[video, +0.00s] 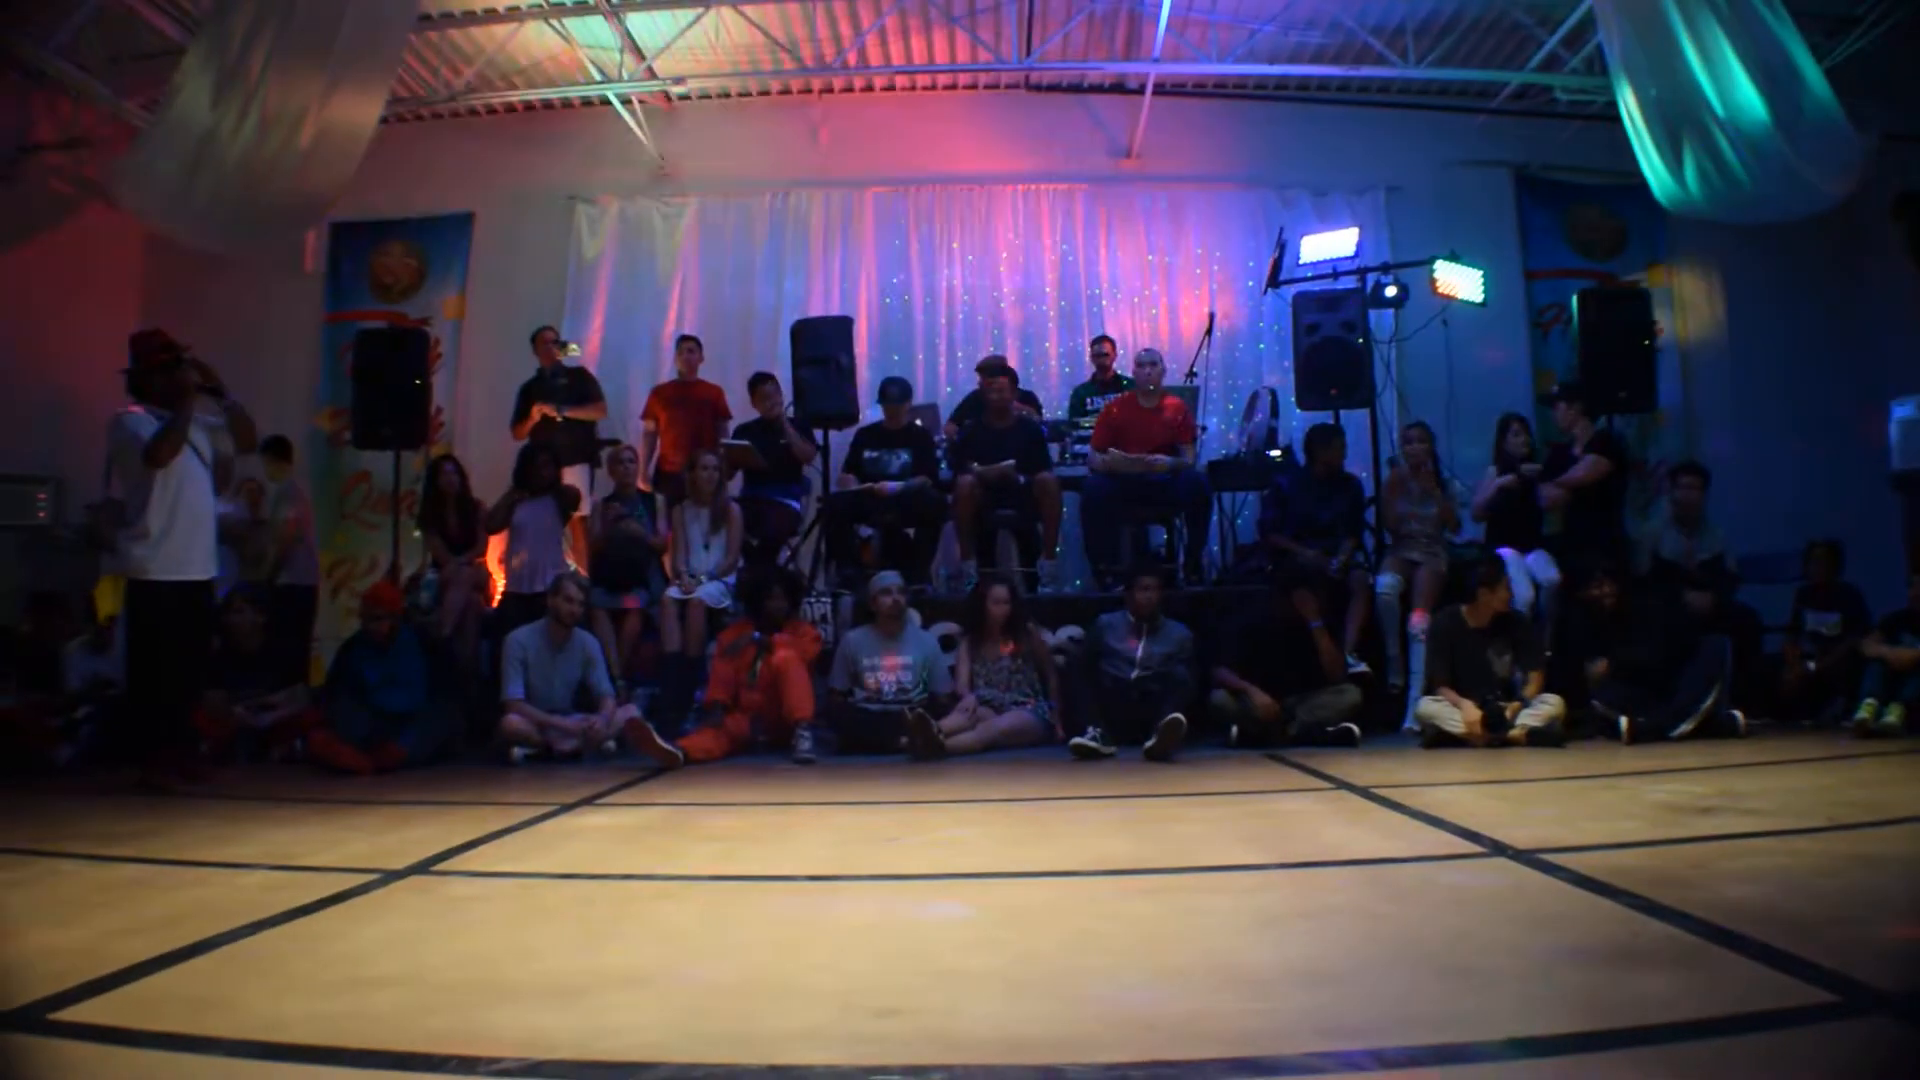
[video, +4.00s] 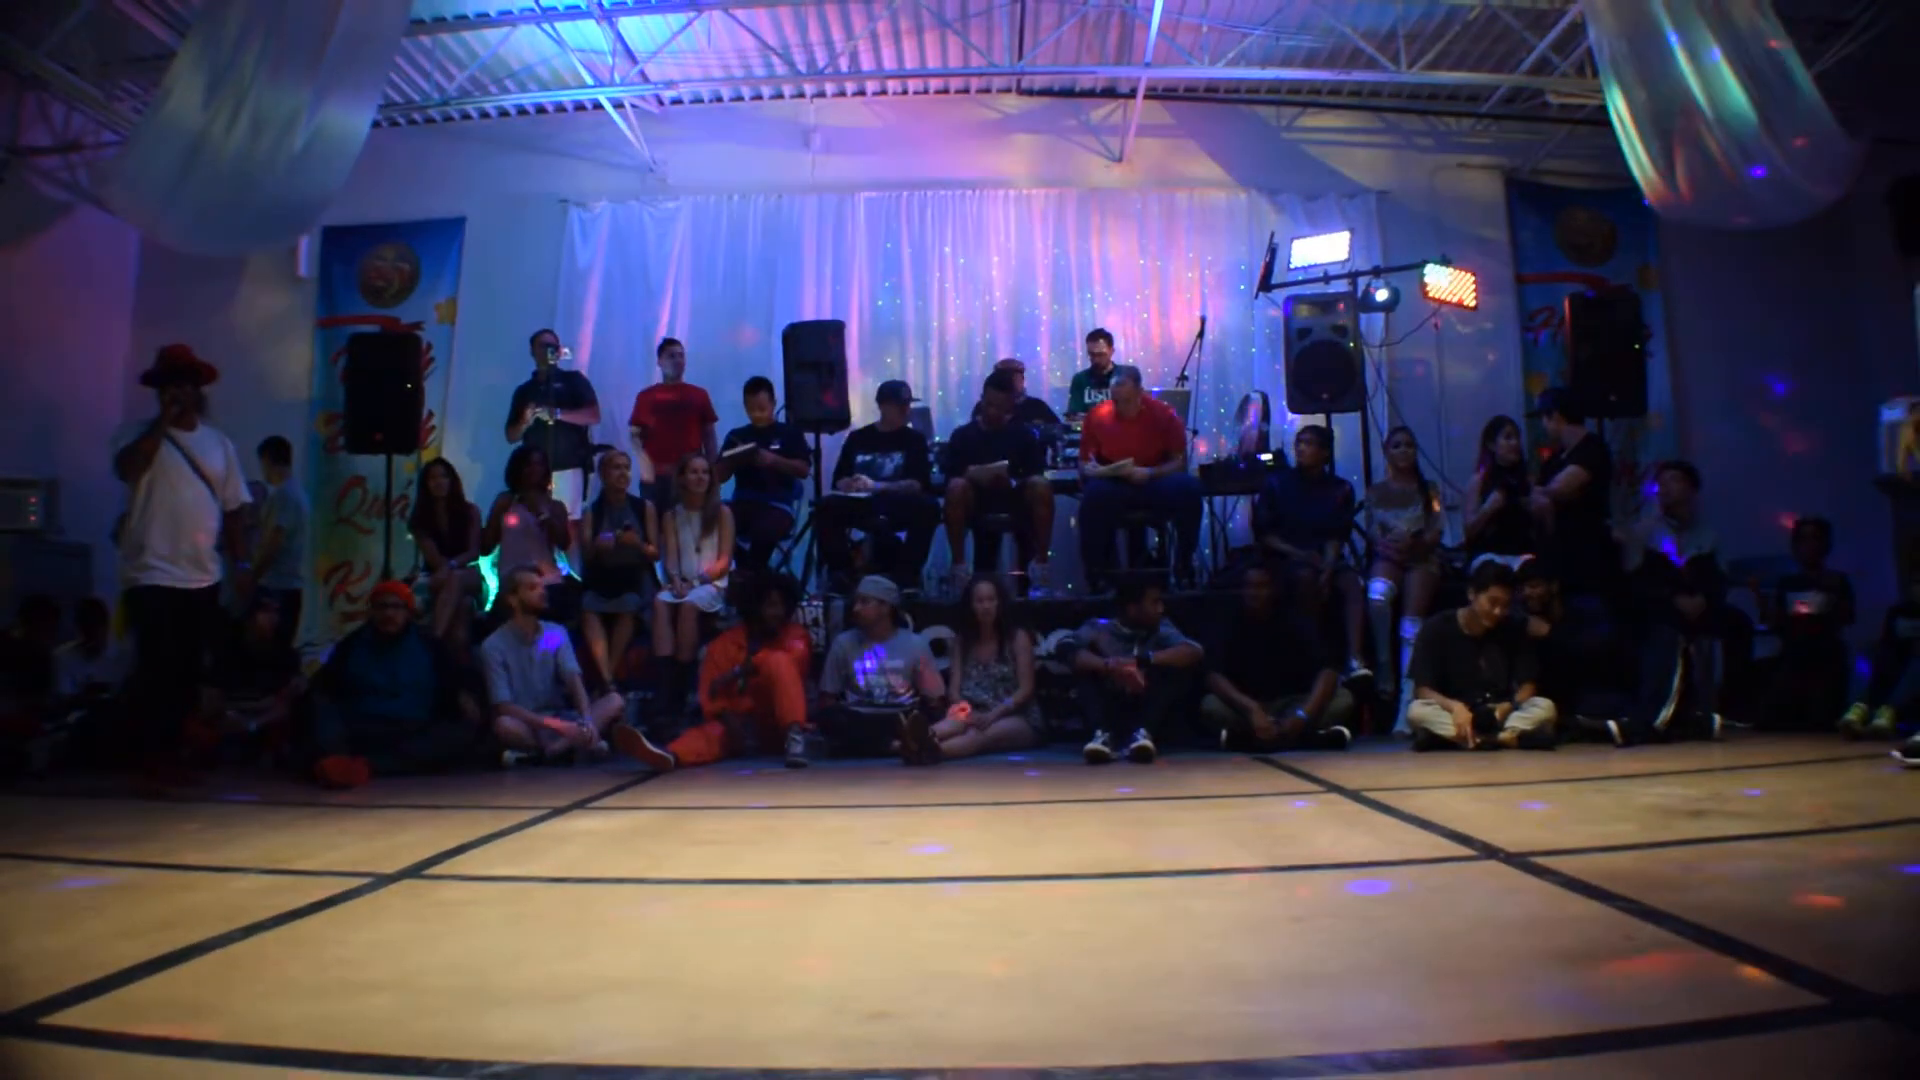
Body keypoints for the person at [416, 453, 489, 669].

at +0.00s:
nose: (450, 480)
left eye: (454, 474)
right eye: (444, 475)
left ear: (461, 477)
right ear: (435, 480)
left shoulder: (474, 507)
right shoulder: (430, 510)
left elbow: (481, 547)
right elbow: (435, 548)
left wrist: (457, 563)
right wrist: (460, 566)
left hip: (474, 569)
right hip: (444, 571)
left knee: (461, 575)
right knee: (472, 600)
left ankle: (444, 633)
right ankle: (466, 663)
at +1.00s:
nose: (443, 483)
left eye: (447, 477)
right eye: (437, 478)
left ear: (454, 480)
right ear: (428, 484)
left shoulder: (470, 511)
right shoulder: (423, 514)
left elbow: (475, 552)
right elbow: (429, 553)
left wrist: (452, 565)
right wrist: (453, 569)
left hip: (469, 572)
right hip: (437, 575)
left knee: (456, 578)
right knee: (465, 604)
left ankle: (435, 633)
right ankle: (461, 671)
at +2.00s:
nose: (439, 483)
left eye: (443, 477)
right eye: (433, 478)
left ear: (450, 480)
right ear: (424, 484)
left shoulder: (466, 511)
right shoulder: (418, 514)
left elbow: (471, 549)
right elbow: (425, 553)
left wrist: (448, 566)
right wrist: (449, 570)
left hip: (466, 573)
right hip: (433, 576)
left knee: (453, 577)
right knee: (462, 605)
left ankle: (431, 635)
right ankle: (458, 675)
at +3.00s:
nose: (440, 483)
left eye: (444, 477)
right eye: (434, 478)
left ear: (452, 481)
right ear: (425, 484)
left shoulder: (468, 512)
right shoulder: (420, 515)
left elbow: (472, 551)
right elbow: (427, 553)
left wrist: (451, 563)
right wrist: (447, 568)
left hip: (467, 572)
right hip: (434, 575)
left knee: (454, 577)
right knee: (464, 603)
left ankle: (434, 636)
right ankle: (457, 666)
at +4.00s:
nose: (439, 482)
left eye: (444, 476)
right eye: (433, 478)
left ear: (452, 480)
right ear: (425, 484)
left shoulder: (470, 511)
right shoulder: (421, 514)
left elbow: (474, 551)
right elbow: (430, 555)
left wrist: (450, 565)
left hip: (468, 571)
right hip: (436, 574)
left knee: (454, 579)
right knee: (464, 602)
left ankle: (435, 638)